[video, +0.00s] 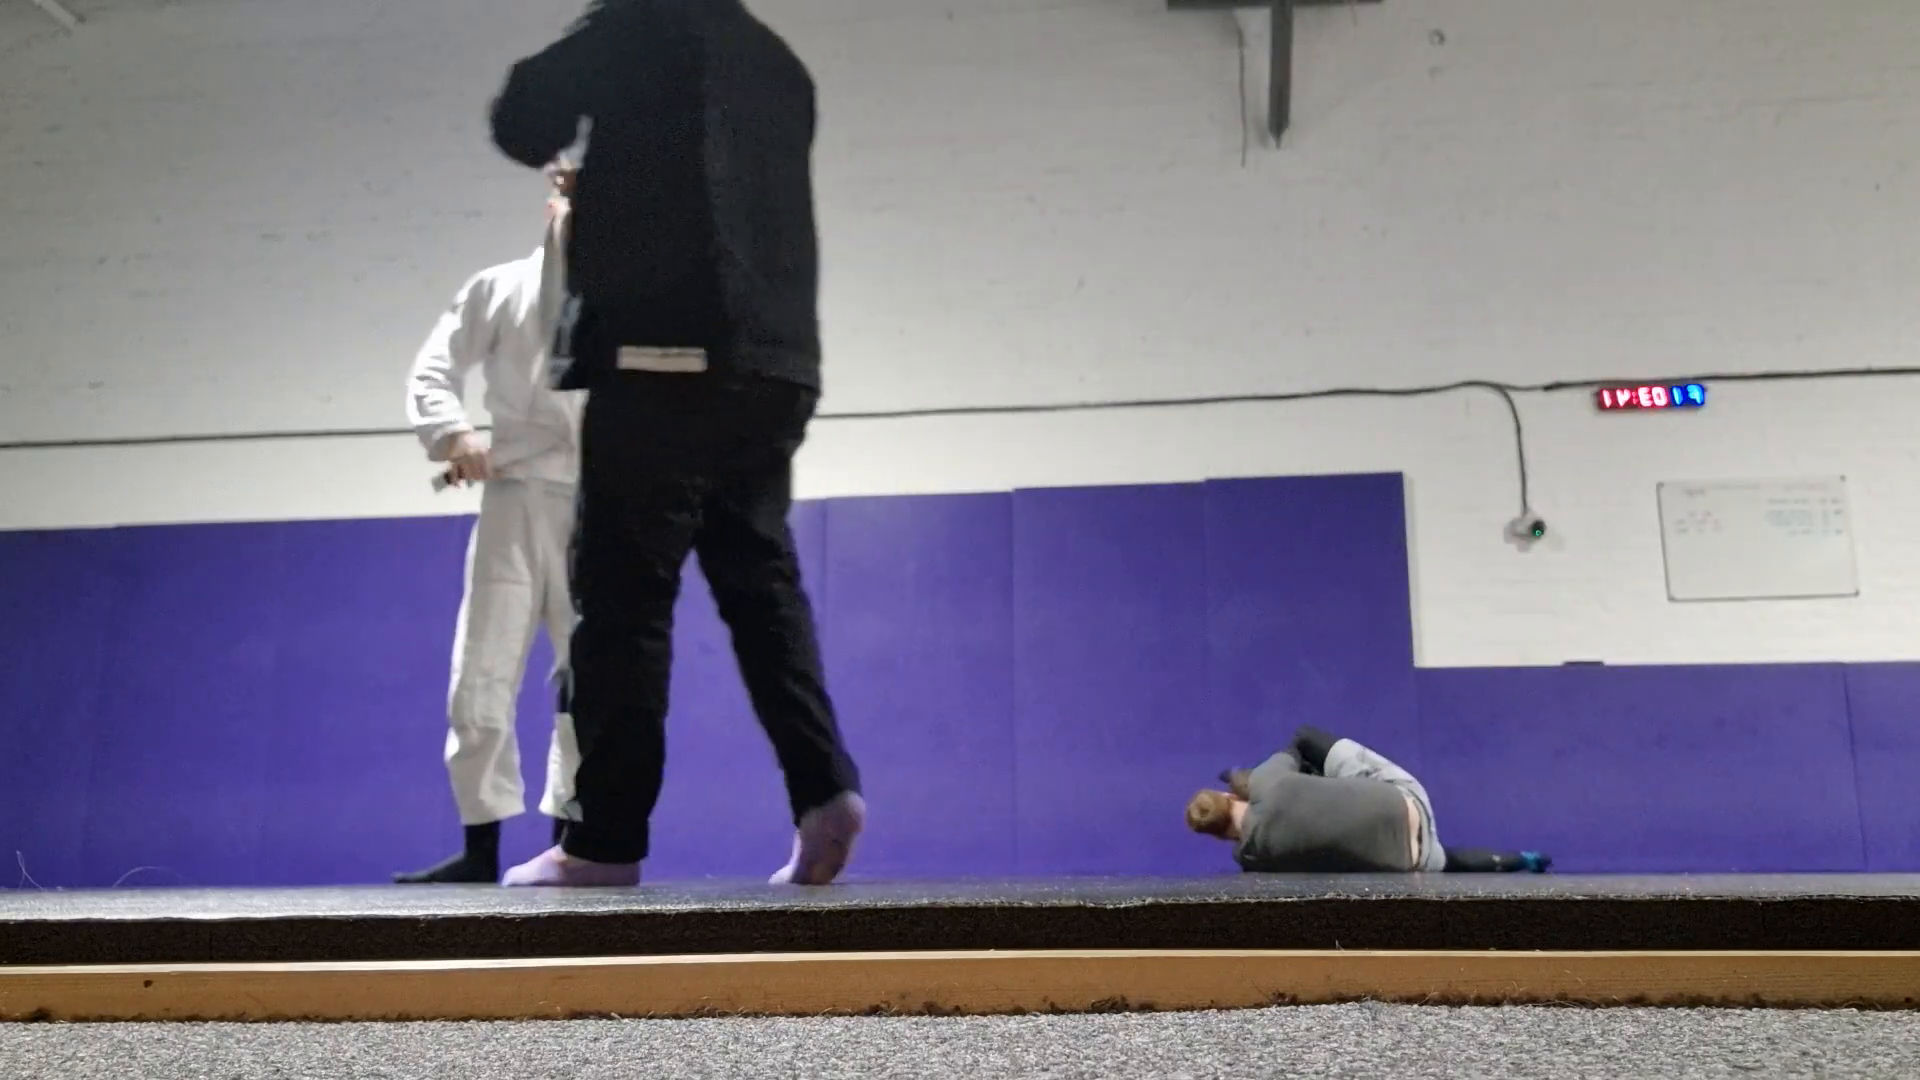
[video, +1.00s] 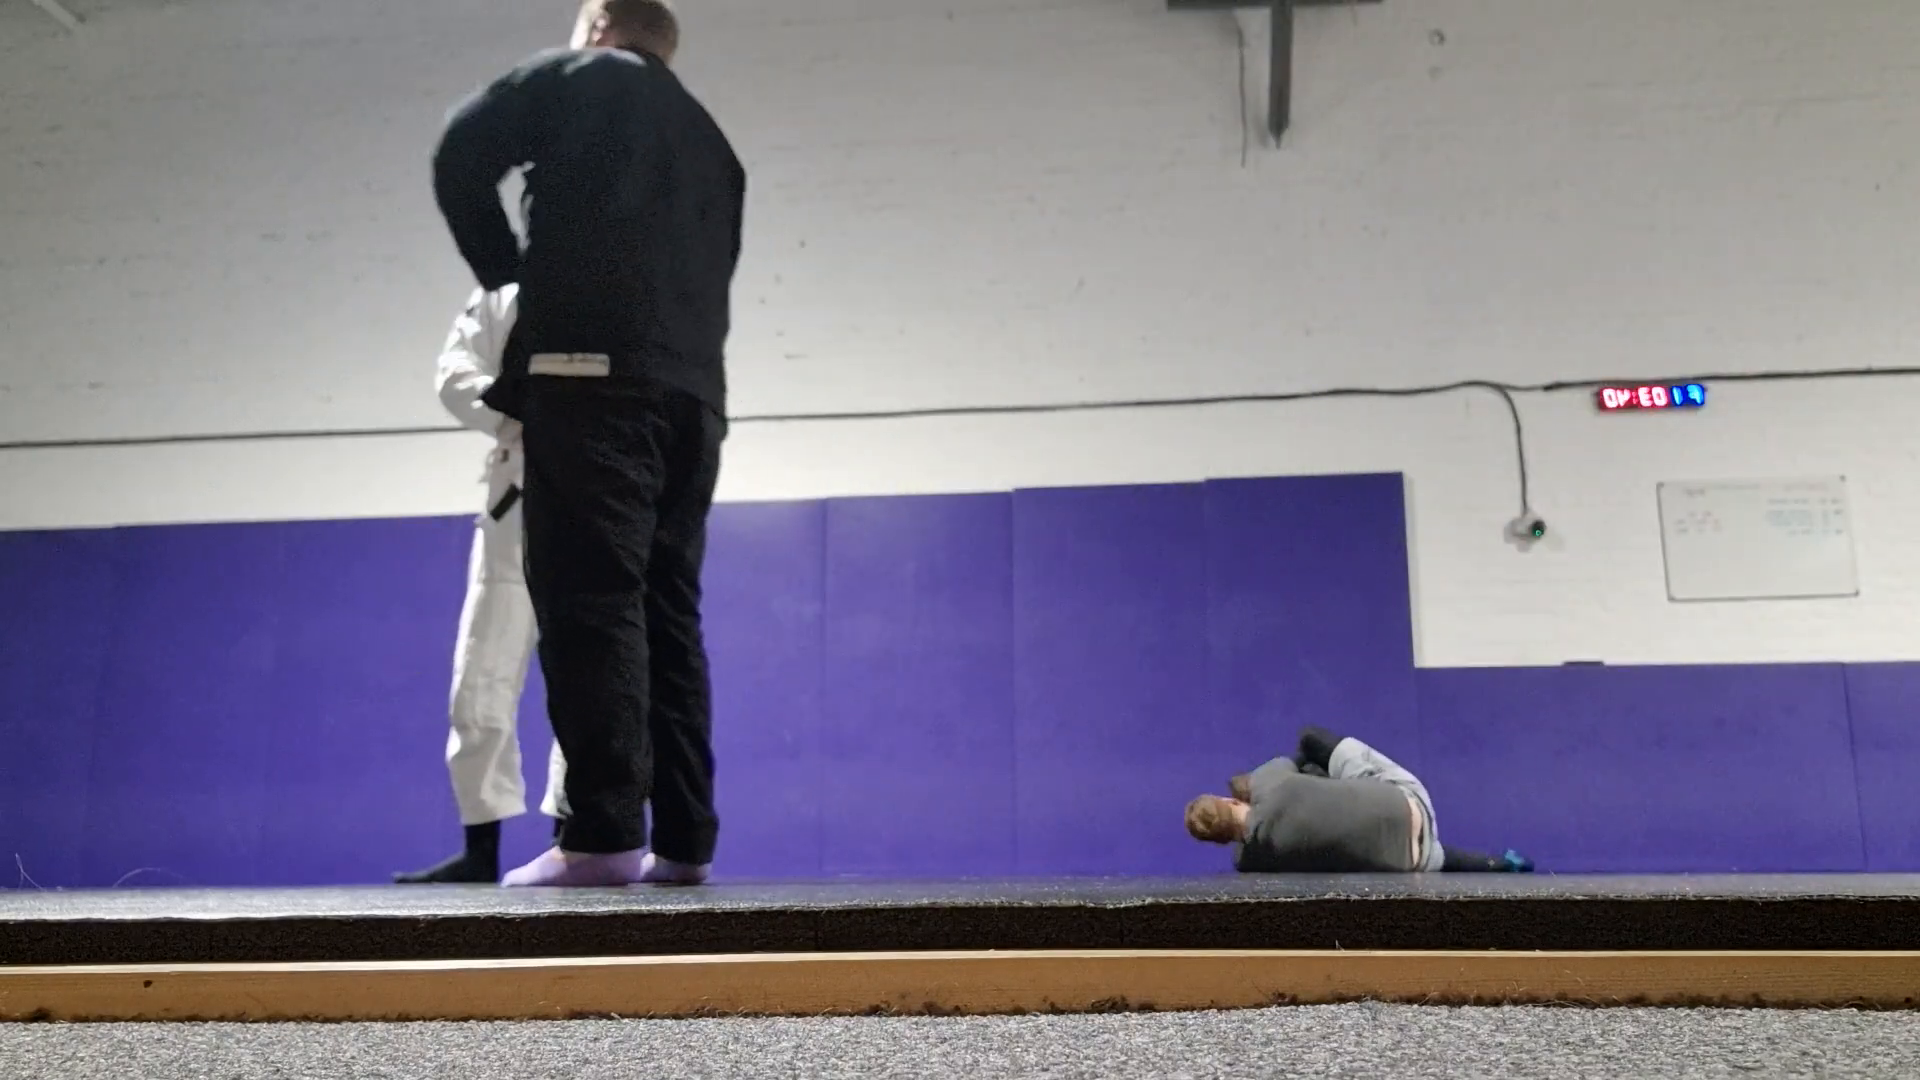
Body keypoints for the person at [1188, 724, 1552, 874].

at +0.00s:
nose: (1226, 796)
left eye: (1212, 818)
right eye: (1222, 793)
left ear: (1218, 836)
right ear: (1229, 791)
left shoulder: (1253, 856)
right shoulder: (1265, 777)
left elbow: (1303, 862)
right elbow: (1302, 743)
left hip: (1413, 859)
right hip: (1410, 803)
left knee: (1444, 858)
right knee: (1312, 738)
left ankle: (1517, 861)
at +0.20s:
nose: (1224, 792)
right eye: (1221, 794)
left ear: (1218, 840)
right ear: (1228, 796)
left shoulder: (1255, 862)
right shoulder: (1265, 781)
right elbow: (1292, 759)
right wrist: (1249, 781)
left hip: (1418, 861)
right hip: (1413, 807)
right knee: (1309, 737)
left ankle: (1471, 860)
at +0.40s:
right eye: (1228, 795)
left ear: (1220, 846)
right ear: (1233, 800)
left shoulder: (1258, 864)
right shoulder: (1272, 784)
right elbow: (1305, 743)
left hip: (1419, 864)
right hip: (1413, 809)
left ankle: (1445, 862)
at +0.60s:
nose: (1235, 794)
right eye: (1231, 797)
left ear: (1220, 852)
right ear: (1233, 805)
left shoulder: (1258, 863)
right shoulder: (1271, 785)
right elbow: (1301, 750)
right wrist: (1262, 776)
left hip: (1417, 860)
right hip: (1413, 809)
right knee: (1316, 740)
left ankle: (1459, 865)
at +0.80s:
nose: (1226, 797)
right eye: (1225, 798)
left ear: (1221, 847)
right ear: (1230, 797)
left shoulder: (1256, 864)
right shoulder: (1269, 782)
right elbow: (1293, 757)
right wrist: (1253, 774)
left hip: (1413, 858)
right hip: (1406, 803)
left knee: (1419, 851)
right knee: (1302, 740)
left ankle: (1477, 862)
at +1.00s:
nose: (1227, 796)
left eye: (1216, 828)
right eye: (1223, 797)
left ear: (1220, 840)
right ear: (1230, 796)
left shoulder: (1254, 862)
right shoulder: (1268, 779)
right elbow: (1294, 763)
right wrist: (1250, 786)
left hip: (1415, 860)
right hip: (1414, 805)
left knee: (1436, 857)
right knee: (1315, 739)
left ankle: (1503, 865)